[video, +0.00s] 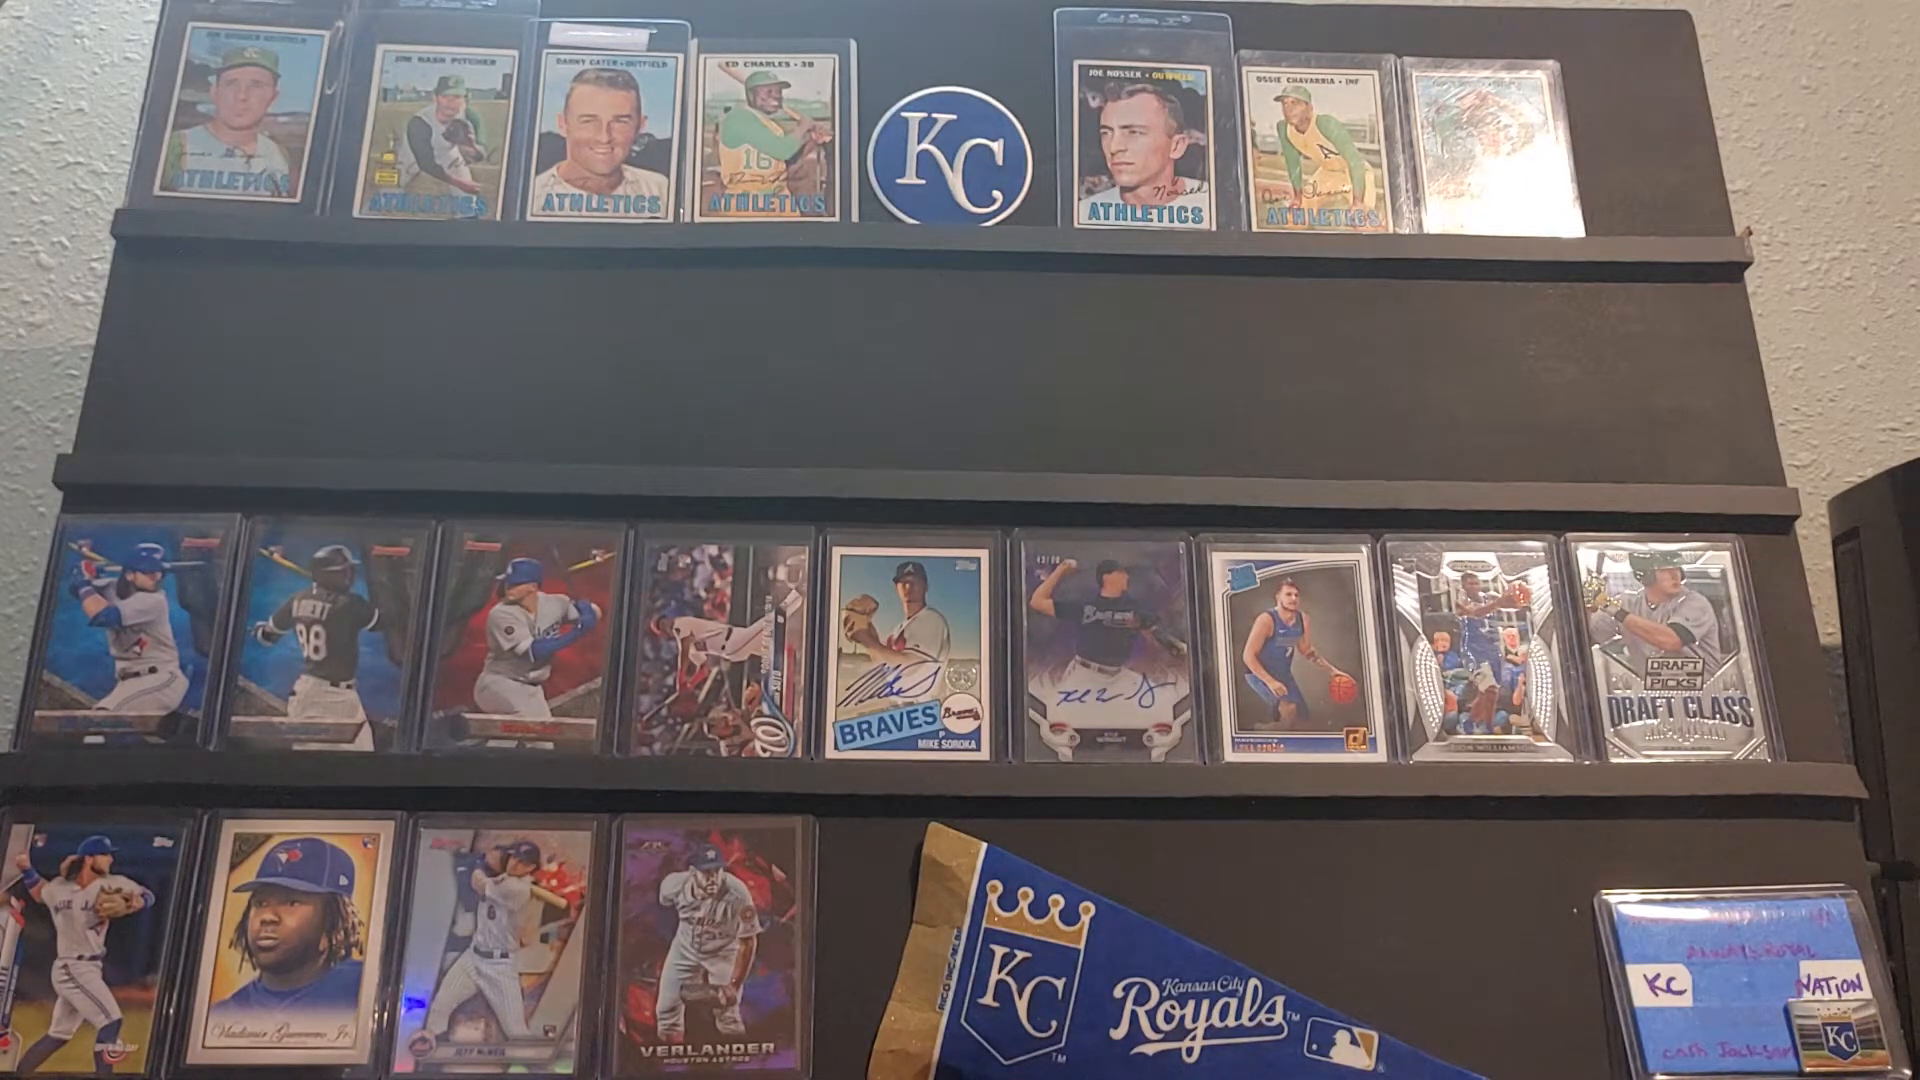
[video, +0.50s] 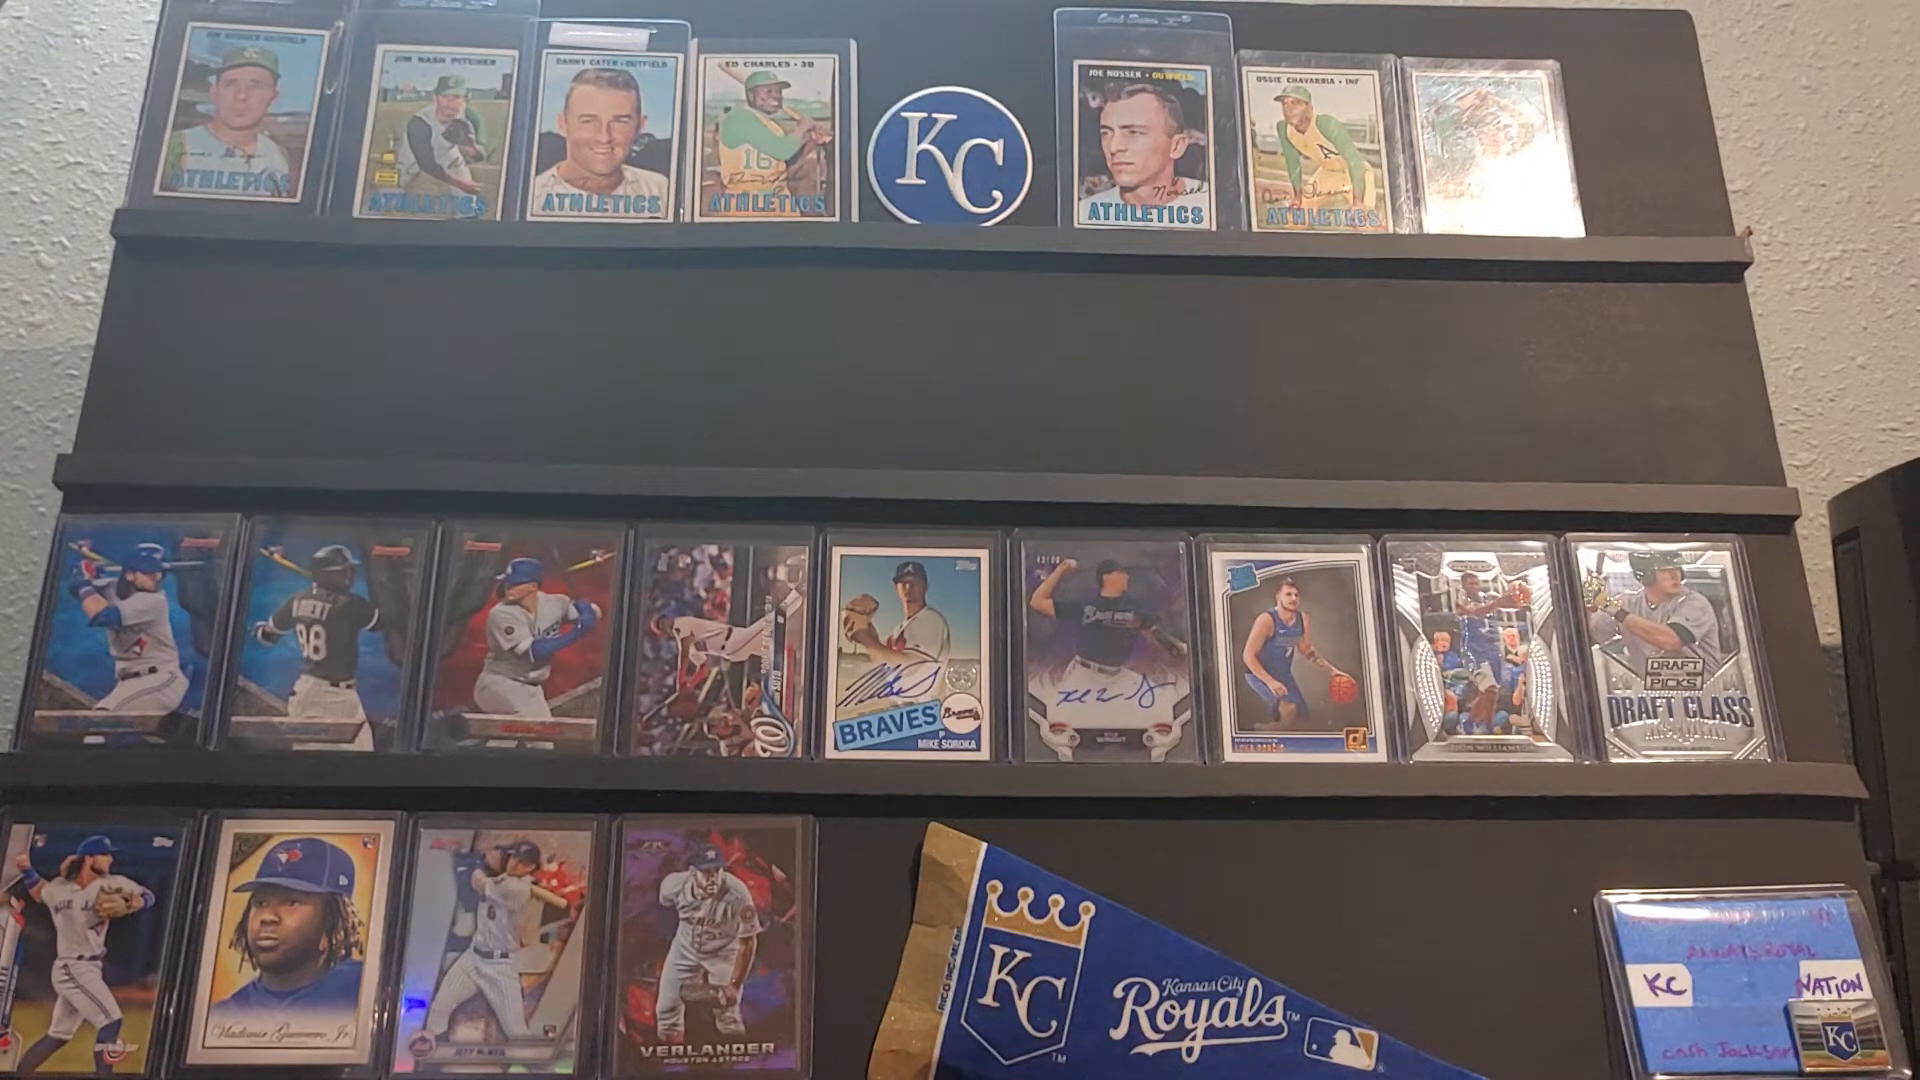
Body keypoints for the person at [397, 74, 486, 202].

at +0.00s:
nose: (451, 101)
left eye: (456, 97)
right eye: (446, 96)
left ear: (464, 101)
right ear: (436, 98)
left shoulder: (470, 116)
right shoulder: (419, 123)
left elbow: (481, 153)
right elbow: (427, 165)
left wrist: (470, 150)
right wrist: (461, 185)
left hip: (454, 164)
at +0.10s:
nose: (451, 101)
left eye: (456, 97)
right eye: (446, 96)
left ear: (464, 100)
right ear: (436, 98)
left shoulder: (470, 116)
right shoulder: (419, 123)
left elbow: (480, 154)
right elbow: (427, 166)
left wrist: (467, 147)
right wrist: (461, 185)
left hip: (455, 166)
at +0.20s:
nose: (451, 102)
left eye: (457, 97)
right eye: (446, 96)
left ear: (464, 101)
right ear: (436, 98)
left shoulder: (470, 117)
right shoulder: (419, 123)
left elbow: (480, 154)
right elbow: (427, 166)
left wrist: (467, 148)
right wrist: (462, 185)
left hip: (455, 165)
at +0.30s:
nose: (451, 102)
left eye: (457, 97)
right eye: (446, 96)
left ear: (464, 101)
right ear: (436, 98)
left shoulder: (470, 117)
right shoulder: (419, 123)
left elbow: (480, 154)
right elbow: (427, 166)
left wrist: (467, 148)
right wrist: (462, 185)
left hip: (455, 165)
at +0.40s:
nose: (451, 102)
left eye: (457, 97)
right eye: (446, 96)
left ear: (464, 101)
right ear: (436, 98)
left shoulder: (470, 117)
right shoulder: (419, 123)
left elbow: (480, 154)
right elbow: (427, 166)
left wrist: (467, 148)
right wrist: (462, 185)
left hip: (455, 165)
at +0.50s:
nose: (451, 102)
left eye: (457, 97)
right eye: (446, 96)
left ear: (464, 101)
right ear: (436, 98)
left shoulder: (470, 117)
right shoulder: (419, 123)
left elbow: (480, 154)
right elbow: (427, 166)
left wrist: (467, 148)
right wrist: (462, 185)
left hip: (455, 165)